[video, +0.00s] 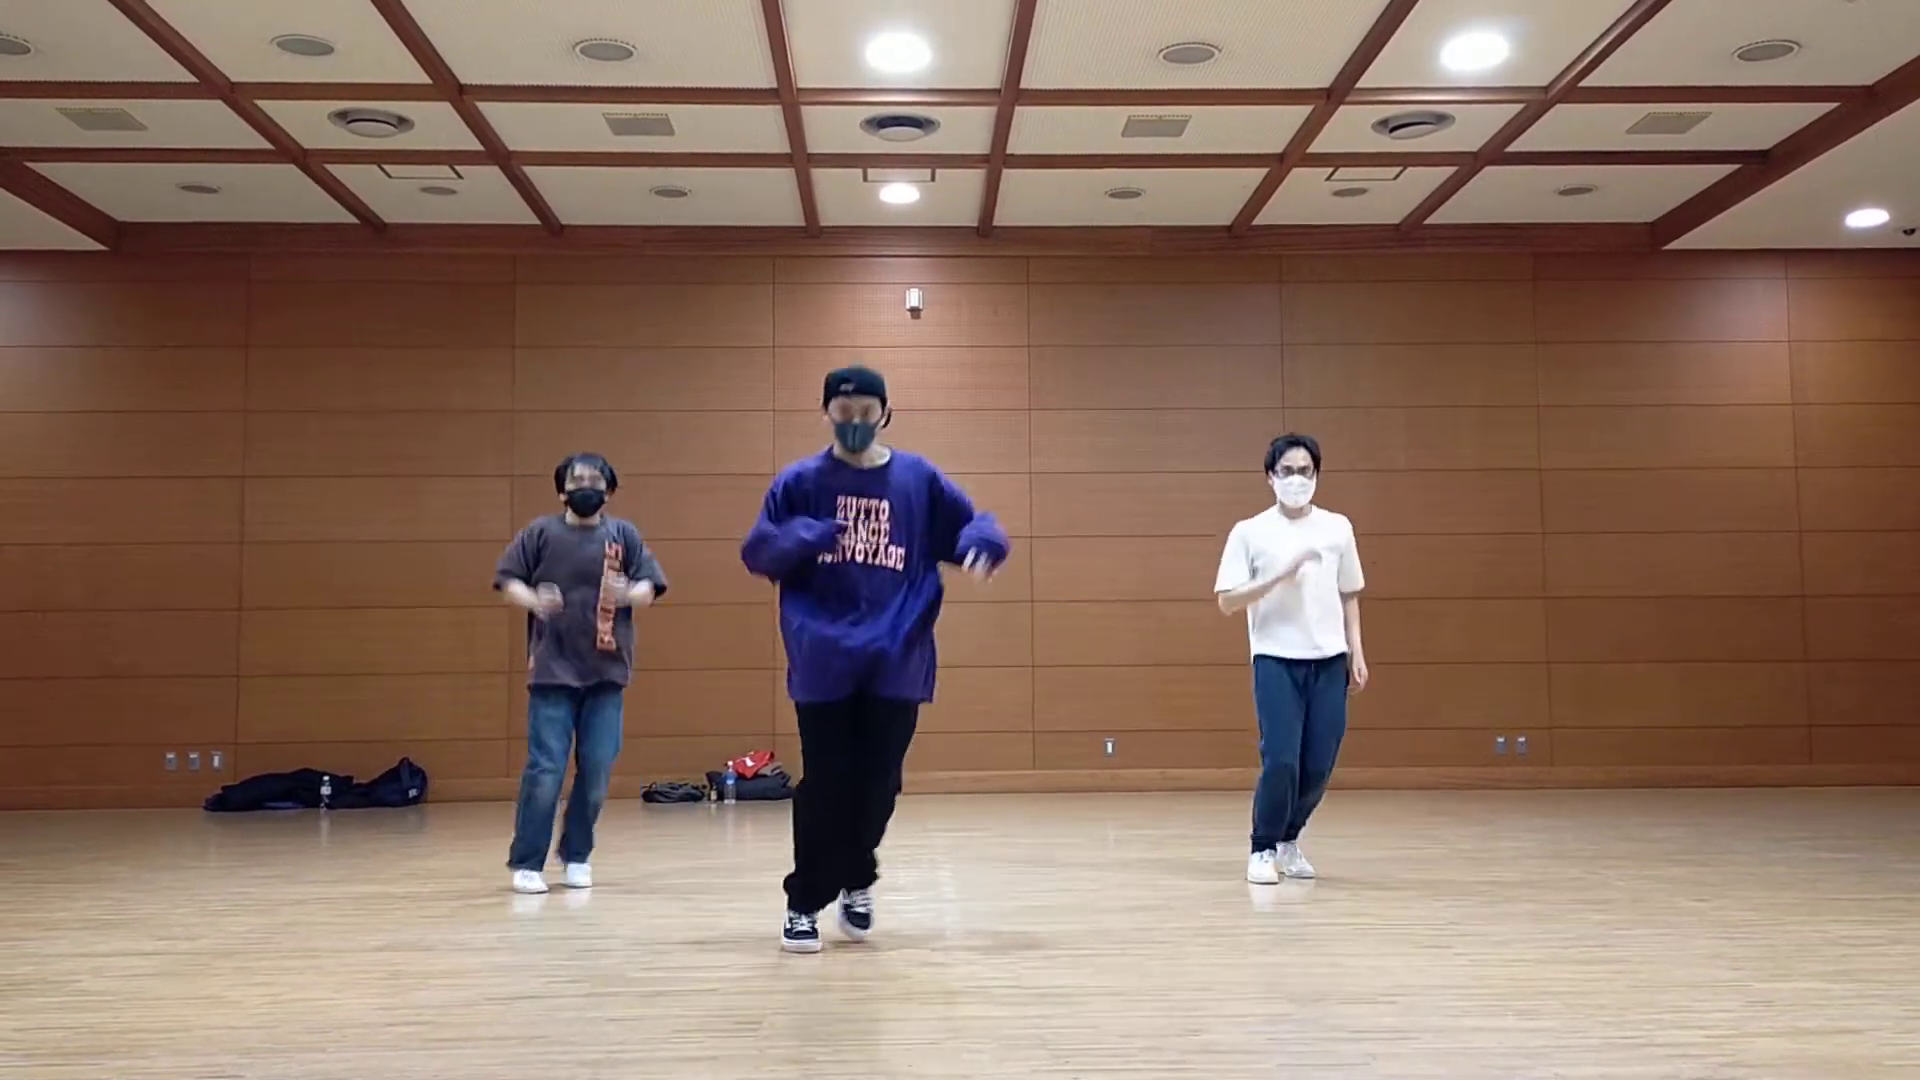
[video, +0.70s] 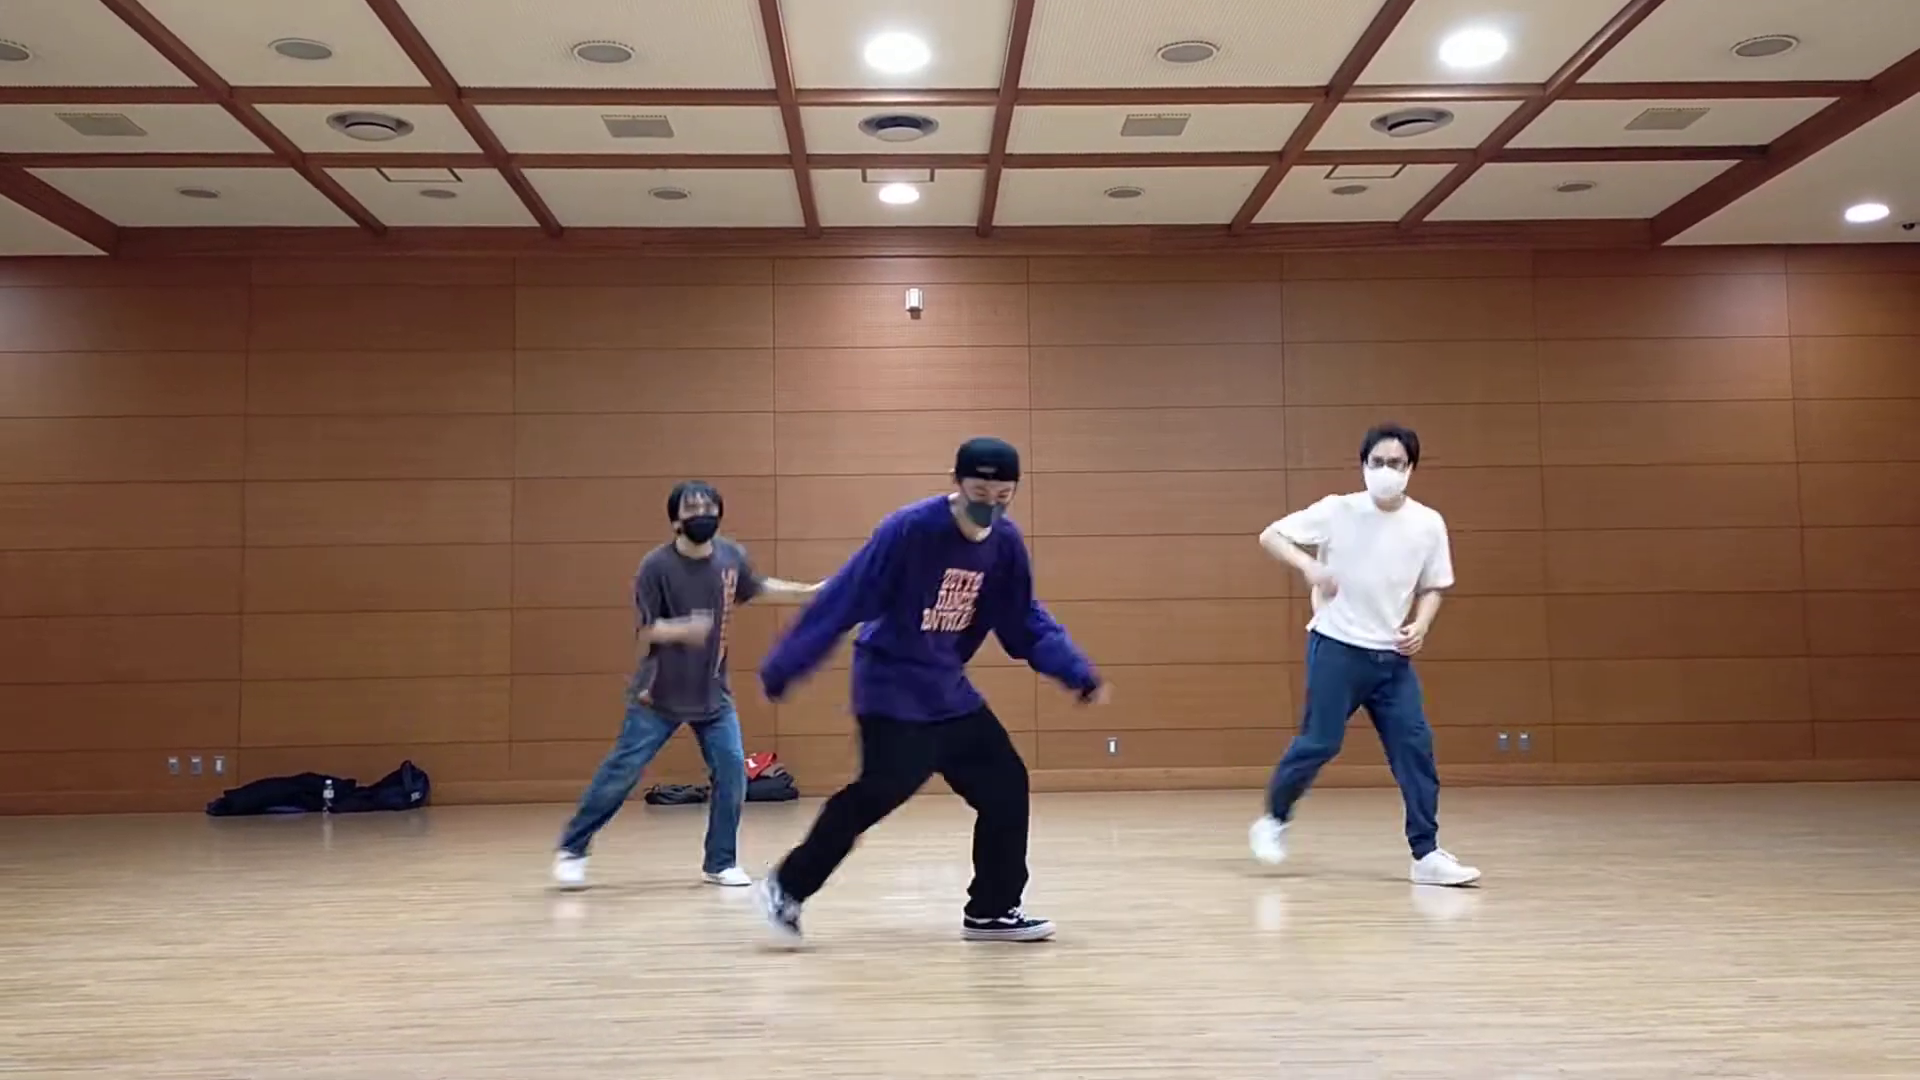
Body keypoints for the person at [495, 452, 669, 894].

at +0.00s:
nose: (586, 484)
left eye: (595, 478)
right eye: (577, 477)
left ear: (608, 489)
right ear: (563, 488)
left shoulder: (623, 534)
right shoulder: (541, 532)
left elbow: (652, 584)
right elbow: (506, 578)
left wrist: (627, 593)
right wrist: (533, 599)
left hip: (606, 673)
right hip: (553, 671)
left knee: (597, 770)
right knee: (546, 769)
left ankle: (577, 856)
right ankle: (527, 864)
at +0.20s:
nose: (588, 504)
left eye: (596, 498)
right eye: (580, 497)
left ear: (610, 506)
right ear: (567, 506)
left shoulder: (627, 560)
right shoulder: (547, 555)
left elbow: (634, 624)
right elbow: (540, 617)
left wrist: (637, 680)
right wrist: (598, 619)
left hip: (609, 690)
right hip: (555, 690)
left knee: (627, 765)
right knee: (544, 782)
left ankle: (579, 844)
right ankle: (525, 868)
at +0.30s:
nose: (609, 485)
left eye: (616, 477)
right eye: (599, 478)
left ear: (629, 487)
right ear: (583, 490)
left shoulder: (637, 538)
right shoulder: (569, 535)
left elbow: (642, 599)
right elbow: (561, 595)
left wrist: (648, 642)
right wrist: (618, 576)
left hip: (627, 670)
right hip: (577, 673)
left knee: (652, 746)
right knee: (557, 767)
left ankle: (617, 843)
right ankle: (530, 863)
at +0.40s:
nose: (632, 491)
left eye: (639, 483)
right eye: (622, 485)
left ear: (652, 494)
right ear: (606, 497)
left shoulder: (652, 542)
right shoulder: (592, 543)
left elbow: (645, 592)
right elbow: (582, 606)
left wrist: (661, 628)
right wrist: (638, 581)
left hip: (640, 674)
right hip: (593, 677)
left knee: (675, 751)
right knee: (574, 770)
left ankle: (680, 853)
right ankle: (530, 862)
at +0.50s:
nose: (656, 525)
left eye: (663, 518)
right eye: (646, 519)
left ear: (674, 526)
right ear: (628, 530)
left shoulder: (669, 570)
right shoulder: (609, 580)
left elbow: (667, 615)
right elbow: (601, 643)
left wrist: (679, 636)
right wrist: (662, 641)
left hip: (653, 695)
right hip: (608, 699)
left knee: (702, 765)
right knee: (587, 788)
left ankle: (724, 861)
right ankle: (522, 866)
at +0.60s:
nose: (682, 542)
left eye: (688, 534)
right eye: (672, 535)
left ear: (698, 540)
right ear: (655, 546)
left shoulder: (696, 578)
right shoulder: (638, 595)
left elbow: (697, 614)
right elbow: (629, 663)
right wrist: (672, 691)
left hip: (678, 705)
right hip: (632, 709)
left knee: (723, 768)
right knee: (596, 786)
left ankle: (720, 865)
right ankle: (524, 864)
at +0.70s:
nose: (701, 514)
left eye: (707, 507)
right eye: (691, 508)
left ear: (719, 514)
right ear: (676, 517)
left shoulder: (730, 557)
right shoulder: (657, 566)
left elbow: (755, 590)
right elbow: (646, 631)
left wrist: (811, 592)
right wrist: (685, 630)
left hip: (711, 693)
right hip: (660, 694)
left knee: (732, 767)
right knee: (623, 771)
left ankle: (720, 863)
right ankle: (572, 849)